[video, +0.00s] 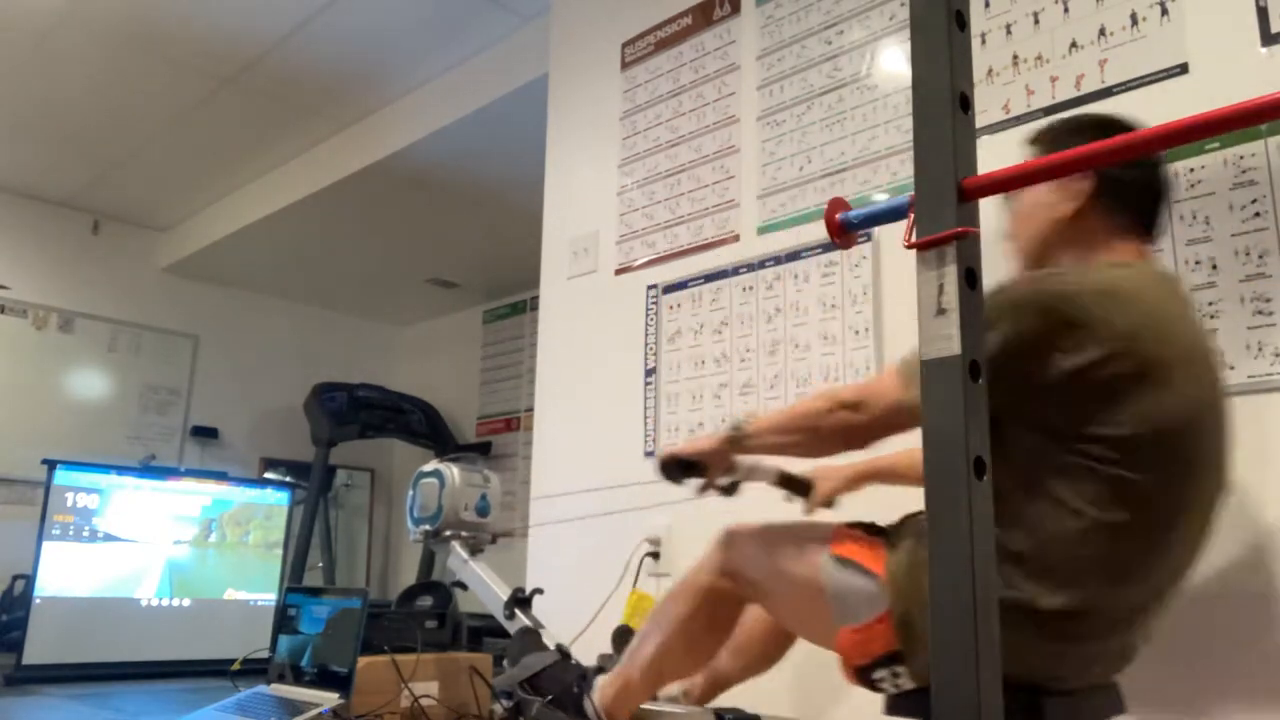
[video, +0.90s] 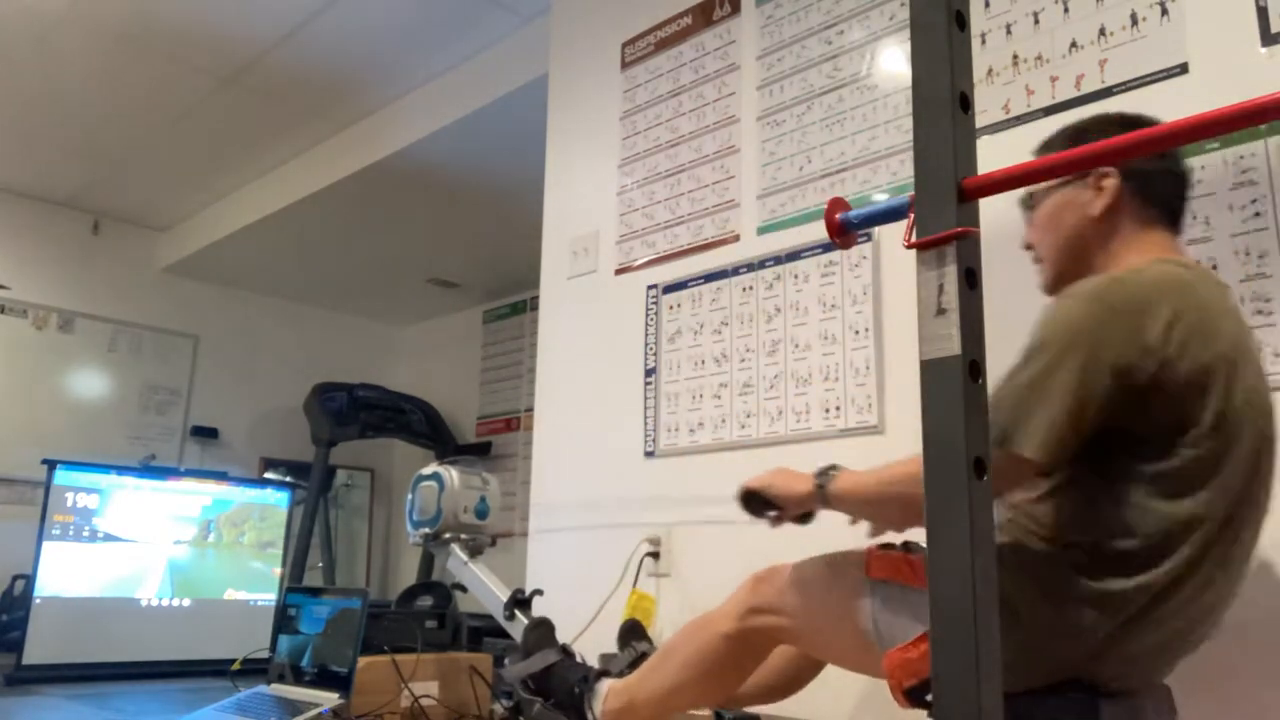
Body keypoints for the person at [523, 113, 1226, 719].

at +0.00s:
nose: (1013, 212)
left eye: (1028, 188)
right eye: (1018, 191)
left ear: (1079, 190)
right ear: (1114, 199)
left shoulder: (1063, 305)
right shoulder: (1162, 310)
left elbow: (864, 407)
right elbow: (995, 461)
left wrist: (732, 442)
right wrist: (853, 473)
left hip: (993, 631)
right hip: (1072, 633)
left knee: (733, 553)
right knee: (808, 565)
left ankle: (616, 697)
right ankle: (697, 688)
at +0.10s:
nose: (1116, 225)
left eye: (1128, 197)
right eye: (1119, 201)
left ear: (1194, 193)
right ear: (1212, 198)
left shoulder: (1167, 312)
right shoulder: (1268, 321)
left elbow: (974, 442)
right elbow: (1067, 485)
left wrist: (821, 454)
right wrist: (934, 494)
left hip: (1029, 634)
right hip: (1124, 662)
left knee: (769, 607)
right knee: (822, 631)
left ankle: (609, 707)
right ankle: (672, 709)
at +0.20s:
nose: (1174, 246)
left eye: (1187, 215)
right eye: (1176, 220)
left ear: (1263, 212)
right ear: (1263, 216)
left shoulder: (1239, 329)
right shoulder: (1259, 335)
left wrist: (921, 462)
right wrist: (964, 481)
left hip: (1042, 622)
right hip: (1123, 659)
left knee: (778, 636)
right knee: (843, 662)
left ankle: (608, 706)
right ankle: (734, 715)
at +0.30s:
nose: (1181, 240)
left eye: (1196, 212)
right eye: (1185, 216)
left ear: (1267, 215)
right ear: (1262, 219)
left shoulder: (1262, 333)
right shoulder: (1252, 336)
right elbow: (1200, 545)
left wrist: (1035, 491)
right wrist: (1047, 492)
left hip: (1065, 615)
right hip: (1096, 623)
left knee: (787, 625)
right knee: (832, 633)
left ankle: (605, 705)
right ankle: (672, 706)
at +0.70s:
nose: (1126, 246)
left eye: (1138, 216)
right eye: (1129, 223)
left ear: (1216, 210)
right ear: (1221, 213)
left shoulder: (1217, 341)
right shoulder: (1264, 333)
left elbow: (1116, 554)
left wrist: (933, 510)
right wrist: (957, 527)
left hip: (1048, 640)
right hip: (1118, 654)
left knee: (774, 617)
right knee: (829, 632)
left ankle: (608, 704)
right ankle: (683, 709)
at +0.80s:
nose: (1079, 237)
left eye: (1092, 208)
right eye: (1079, 215)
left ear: (1166, 200)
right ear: (1178, 203)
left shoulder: (1174, 324)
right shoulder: (1260, 319)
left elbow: (1053, 513)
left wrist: (887, 498)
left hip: (1050, 639)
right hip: (1125, 647)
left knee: (772, 609)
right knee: (828, 625)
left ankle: (607, 704)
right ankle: (676, 706)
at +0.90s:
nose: (1029, 233)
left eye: (1039, 204)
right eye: (1029, 210)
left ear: (1103, 192)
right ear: (1126, 197)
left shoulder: (1116, 306)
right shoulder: (1199, 302)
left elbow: (976, 473)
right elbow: (1040, 491)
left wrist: (821, 489)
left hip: (1057, 628)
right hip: (1123, 631)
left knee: (768, 598)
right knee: (832, 608)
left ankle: (607, 710)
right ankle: (679, 709)